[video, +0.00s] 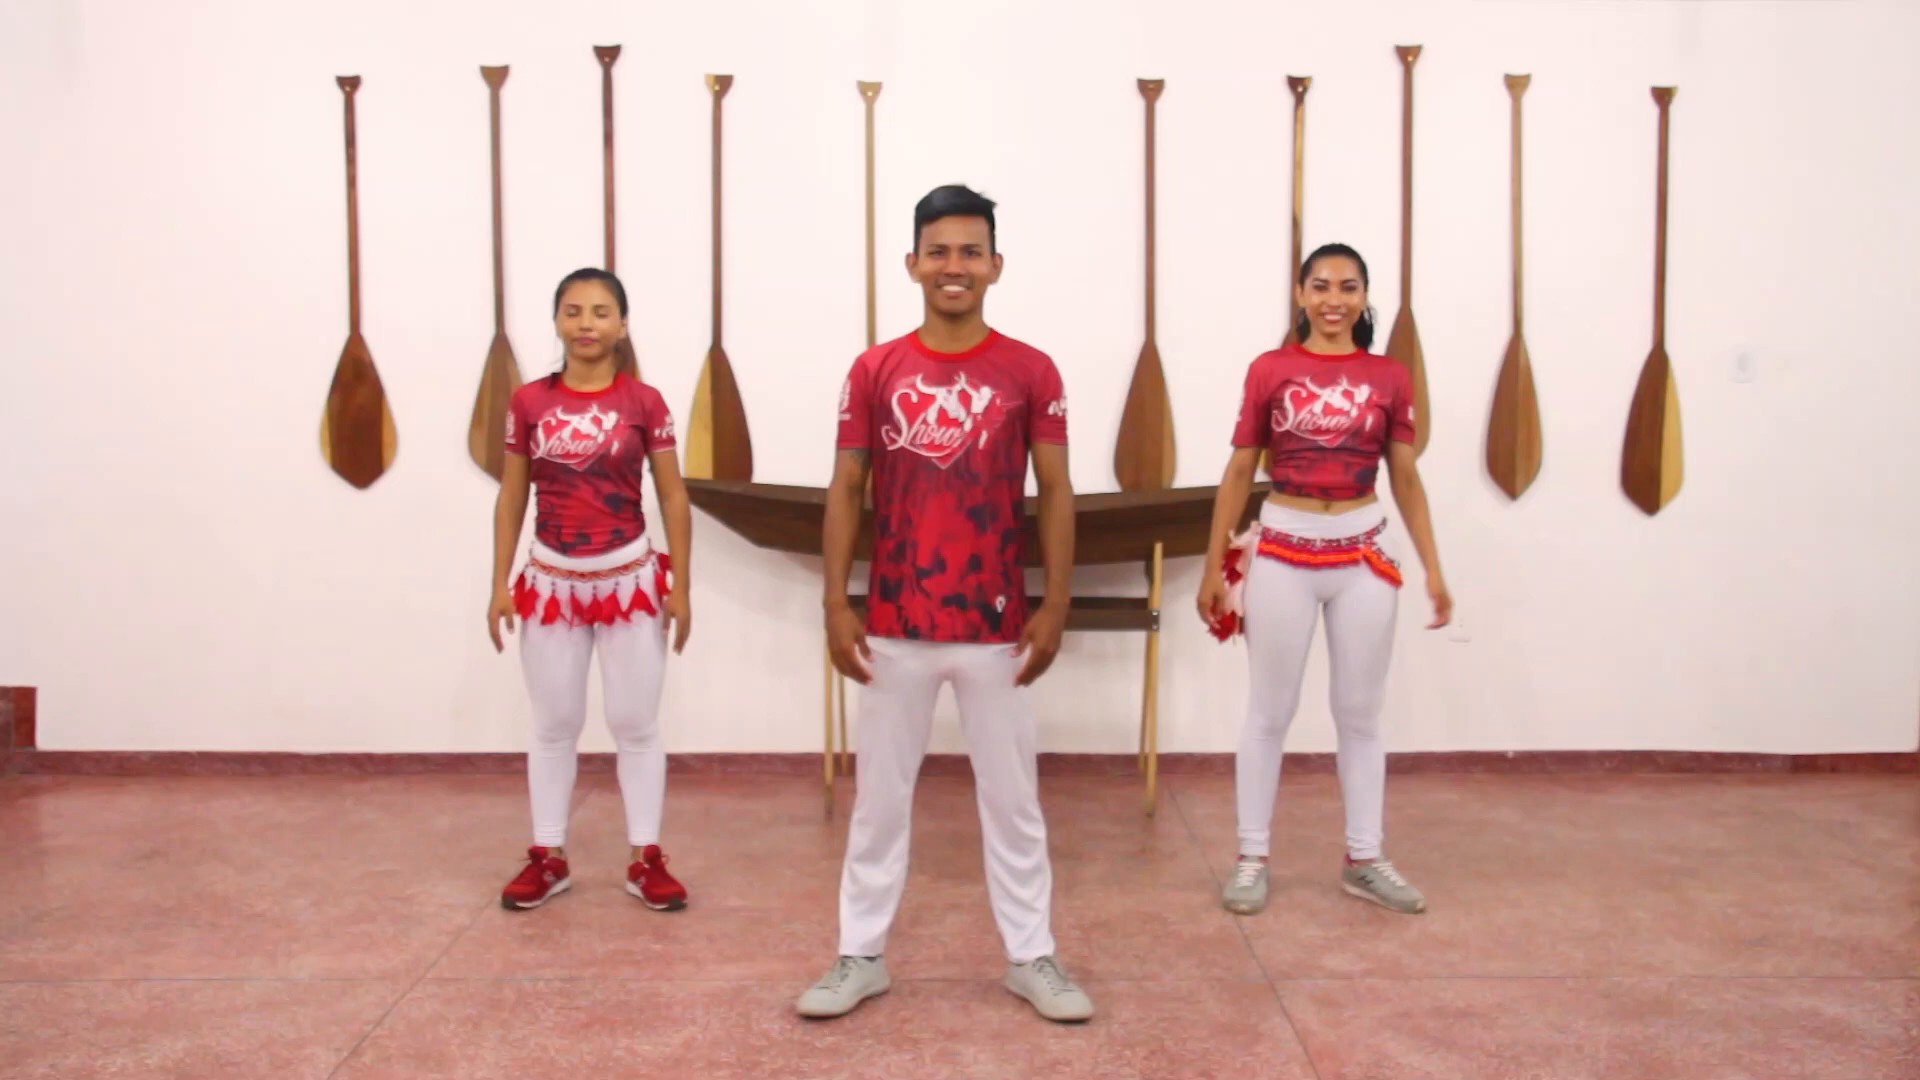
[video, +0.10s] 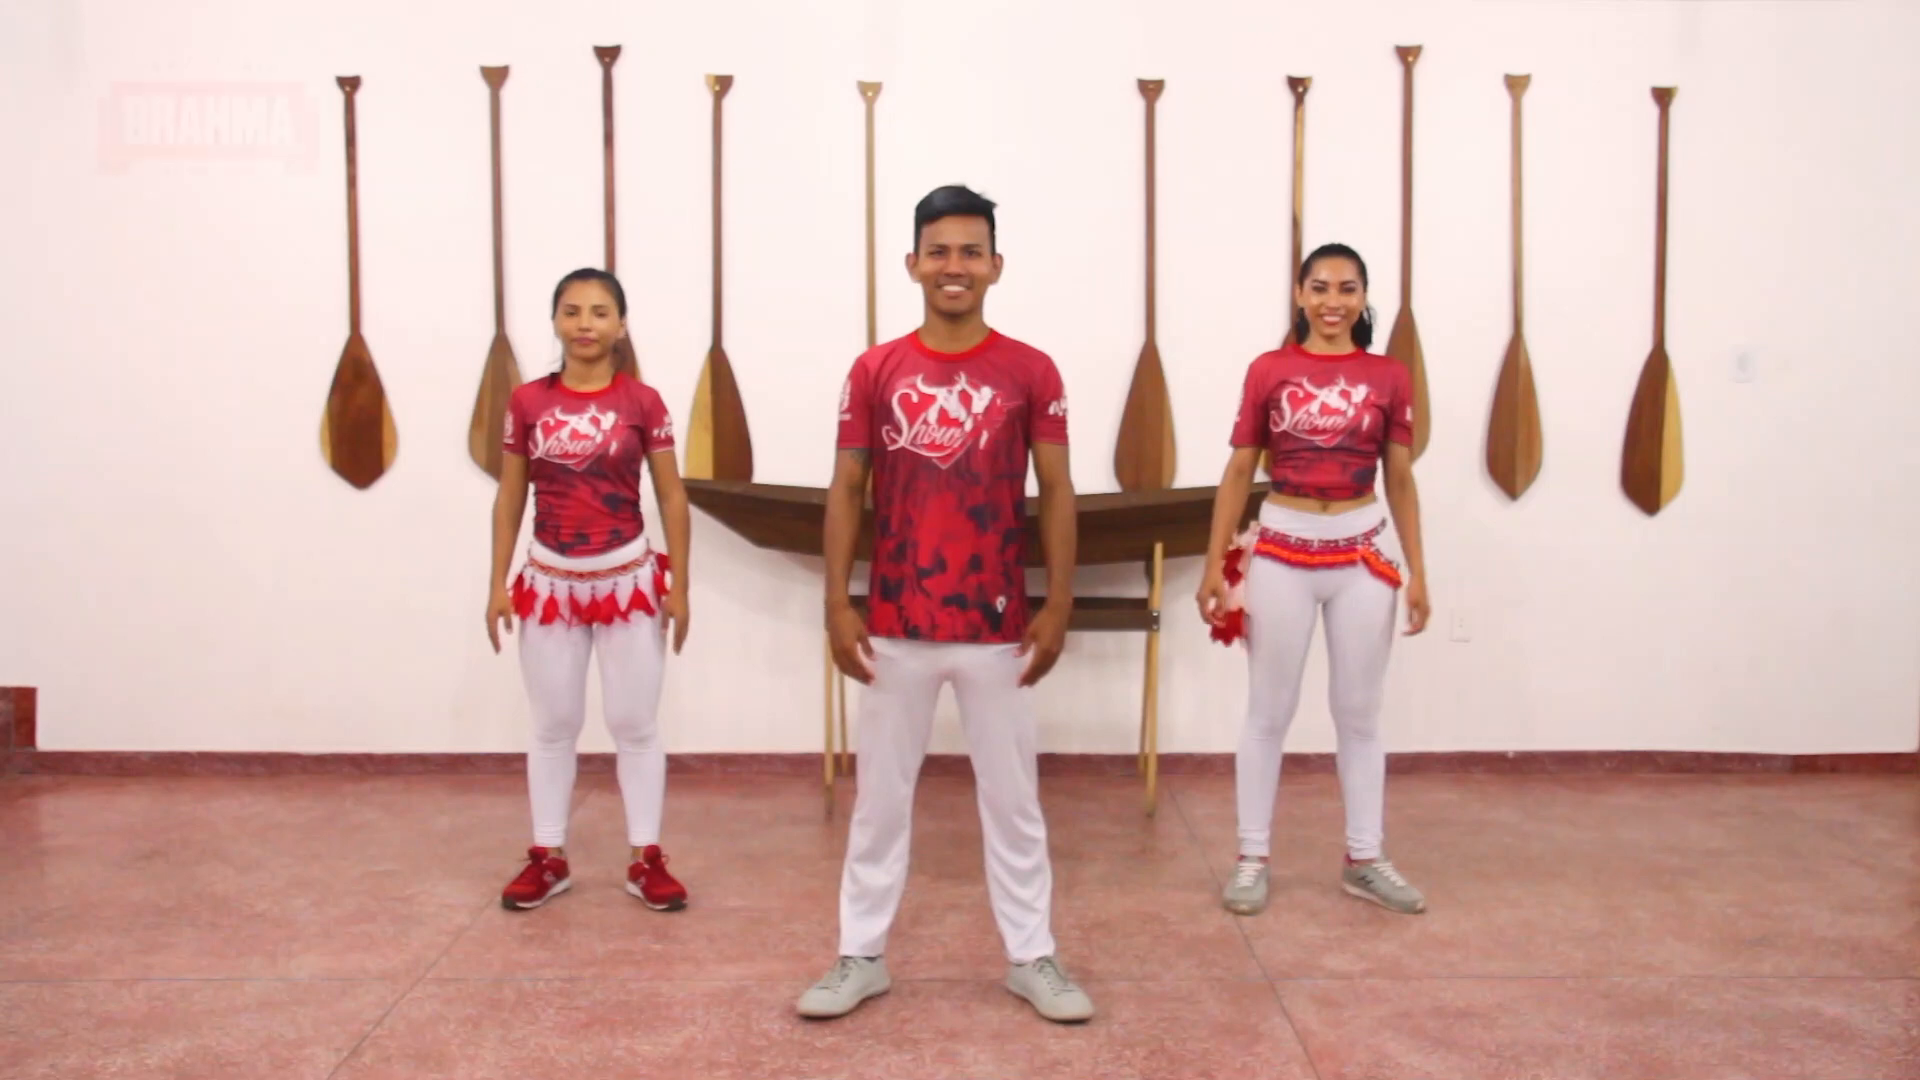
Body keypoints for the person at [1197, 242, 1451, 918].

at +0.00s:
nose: (1334, 298)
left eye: (1348, 287)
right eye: (1321, 285)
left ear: (1365, 298)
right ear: (1301, 294)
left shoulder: (1388, 376)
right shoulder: (1271, 370)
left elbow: (1405, 478)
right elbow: (1238, 472)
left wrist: (1432, 569)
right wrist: (1213, 566)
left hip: (1364, 553)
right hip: (1281, 553)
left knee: (1360, 715)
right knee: (1268, 713)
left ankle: (1364, 859)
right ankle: (1252, 859)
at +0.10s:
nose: (1333, 299)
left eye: (1346, 288)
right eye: (1320, 287)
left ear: (1363, 298)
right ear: (1299, 295)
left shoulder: (1387, 376)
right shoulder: (1270, 370)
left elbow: (1400, 480)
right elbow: (1238, 471)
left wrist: (1416, 572)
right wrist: (1214, 561)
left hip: (1364, 553)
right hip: (1280, 554)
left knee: (1359, 716)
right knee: (1268, 715)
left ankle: (1365, 858)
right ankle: (1251, 859)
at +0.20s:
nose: (1333, 299)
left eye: (1346, 288)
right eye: (1321, 288)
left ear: (1363, 297)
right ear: (1300, 295)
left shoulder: (1388, 376)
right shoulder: (1270, 370)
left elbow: (1397, 482)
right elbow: (1241, 473)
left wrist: (1407, 577)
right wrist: (1219, 560)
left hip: (1364, 554)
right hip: (1281, 554)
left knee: (1360, 715)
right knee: (1269, 715)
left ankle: (1365, 858)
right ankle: (1252, 859)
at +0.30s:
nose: (1333, 299)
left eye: (1346, 288)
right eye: (1321, 287)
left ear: (1363, 297)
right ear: (1300, 295)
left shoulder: (1388, 375)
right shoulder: (1271, 370)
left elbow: (1399, 481)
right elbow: (1246, 473)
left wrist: (1411, 575)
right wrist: (1226, 562)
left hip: (1366, 553)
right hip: (1281, 553)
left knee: (1360, 715)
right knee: (1270, 713)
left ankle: (1364, 858)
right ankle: (1252, 859)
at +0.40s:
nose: (1334, 299)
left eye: (1347, 288)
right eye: (1321, 287)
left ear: (1364, 297)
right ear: (1301, 295)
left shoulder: (1389, 376)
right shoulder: (1272, 372)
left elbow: (1403, 480)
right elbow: (1249, 476)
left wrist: (1420, 575)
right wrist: (1232, 568)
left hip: (1369, 552)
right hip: (1283, 553)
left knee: (1361, 715)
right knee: (1271, 712)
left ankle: (1365, 859)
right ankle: (1253, 858)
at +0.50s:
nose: (1336, 298)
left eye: (1348, 287)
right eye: (1322, 287)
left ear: (1365, 296)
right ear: (1303, 295)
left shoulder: (1391, 375)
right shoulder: (1274, 371)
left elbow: (1408, 479)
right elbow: (1251, 477)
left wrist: (1428, 572)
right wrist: (1236, 571)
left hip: (1369, 554)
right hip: (1285, 554)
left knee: (1362, 714)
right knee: (1271, 714)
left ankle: (1365, 858)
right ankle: (1253, 859)